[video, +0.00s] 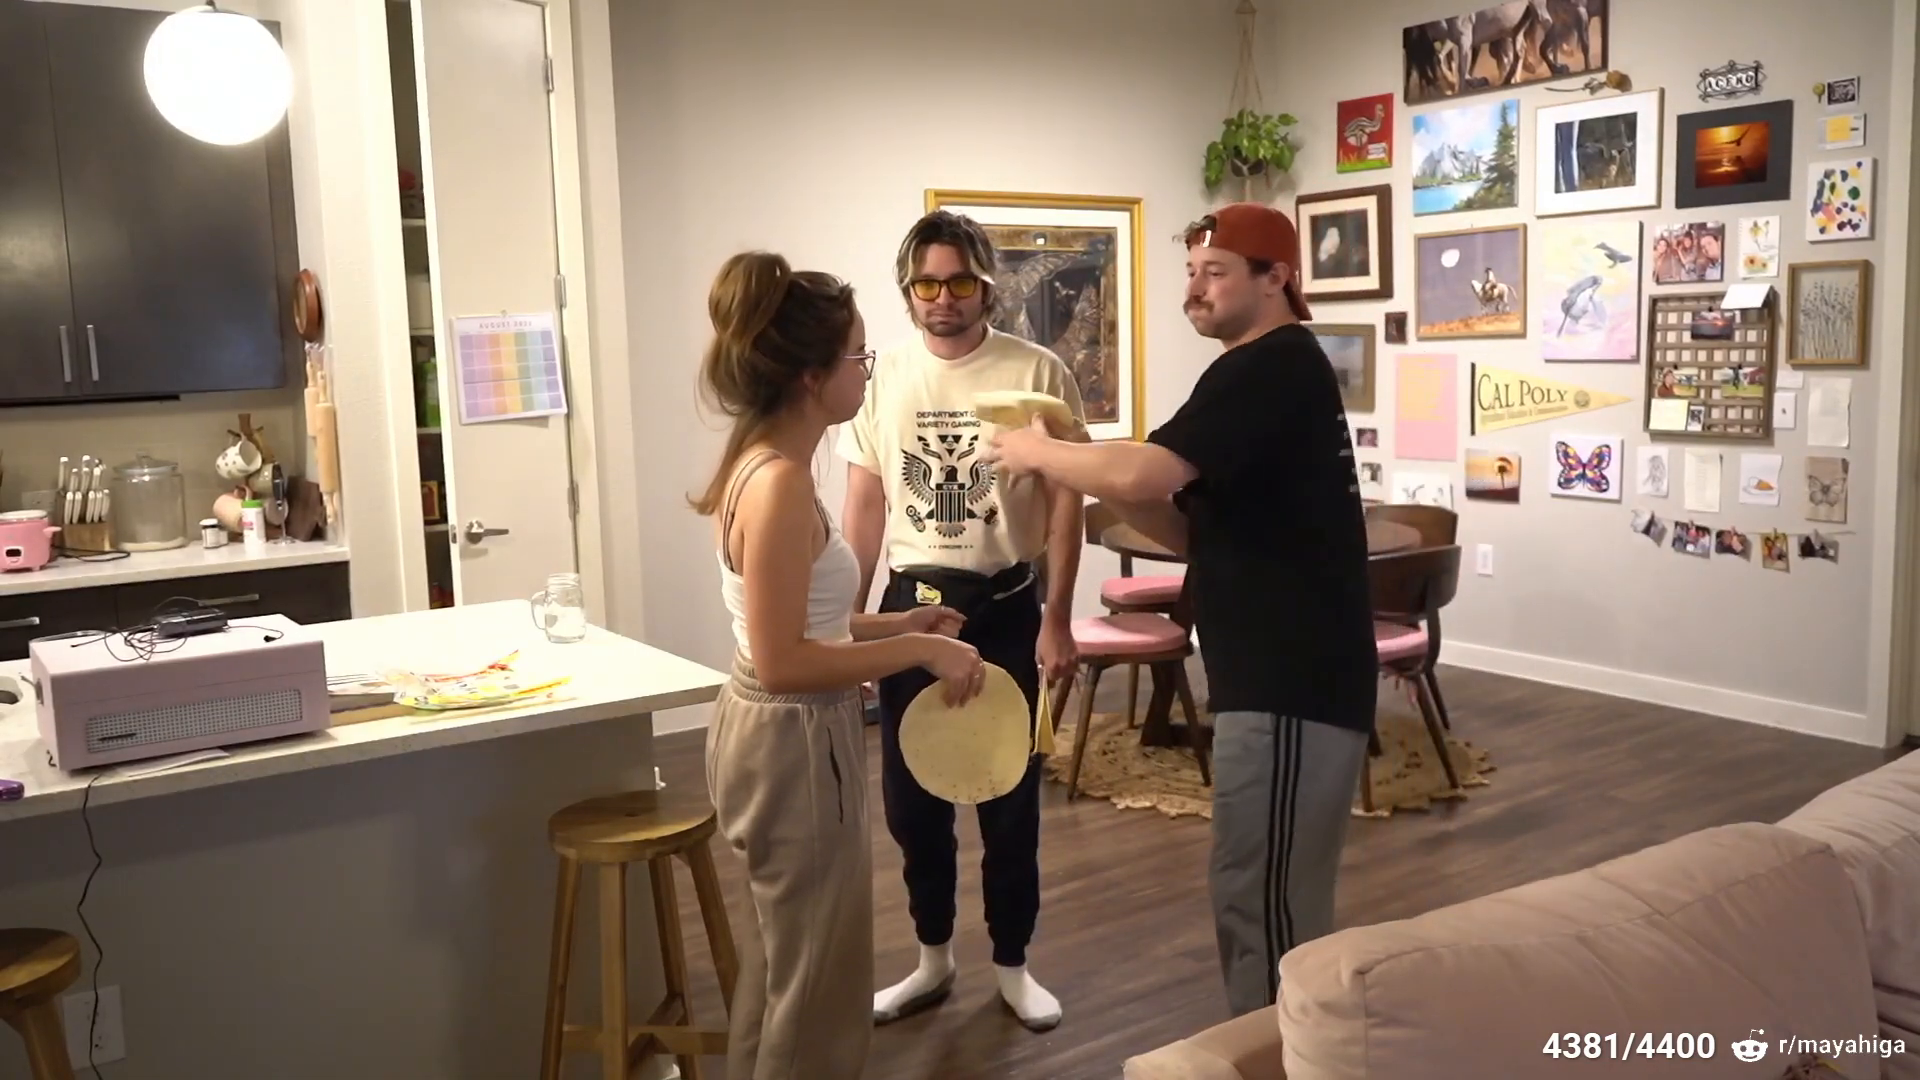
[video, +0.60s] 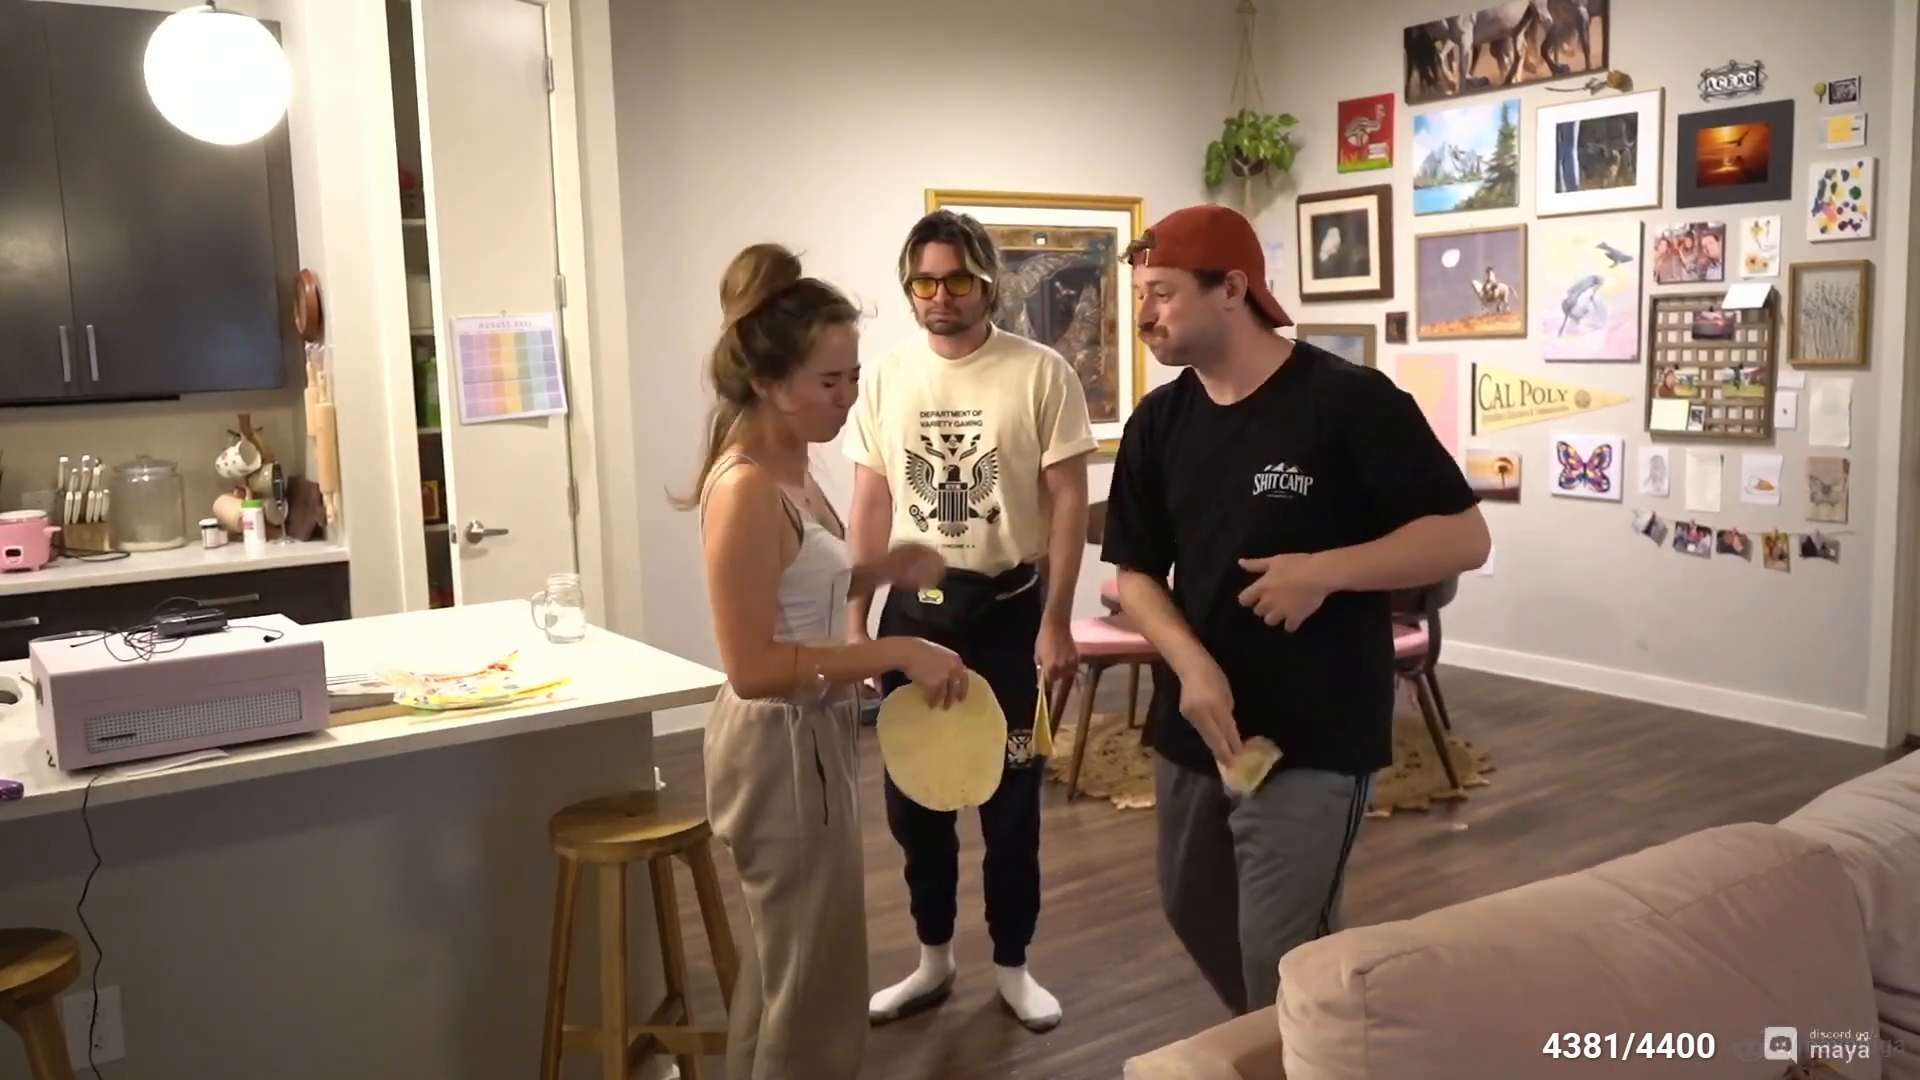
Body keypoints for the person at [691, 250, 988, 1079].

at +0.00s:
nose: (869, 369)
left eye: (864, 353)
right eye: (858, 356)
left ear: (804, 377)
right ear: (811, 378)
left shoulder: (767, 468)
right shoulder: (777, 483)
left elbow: (797, 625)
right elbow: (779, 664)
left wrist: (900, 623)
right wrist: (919, 653)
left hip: (780, 731)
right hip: (792, 743)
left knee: (786, 963)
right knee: (817, 976)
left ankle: (762, 1074)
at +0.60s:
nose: (849, 395)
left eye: (853, 376)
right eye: (833, 381)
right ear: (770, 383)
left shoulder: (795, 465)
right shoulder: (745, 486)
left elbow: (802, 591)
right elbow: (753, 668)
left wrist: (885, 564)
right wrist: (898, 652)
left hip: (809, 735)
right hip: (777, 749)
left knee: (806, 970)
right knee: (805, 982)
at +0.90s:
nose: (735, 419)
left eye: (752, 393)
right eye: (713, 402)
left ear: (787, 382)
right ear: (687, 402)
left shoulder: (820, 445)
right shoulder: (684, 488)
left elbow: (863, 587)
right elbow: (697, 654)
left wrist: (789, 473)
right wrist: (827, 629)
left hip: (815, 713)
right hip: (730, 727)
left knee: (830, 943)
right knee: (785, 966)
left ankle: (815, 1064)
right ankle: (795, 1070)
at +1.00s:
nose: (704, 431)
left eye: (719, 406)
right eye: (683, 415)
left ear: (768, 395)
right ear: (666, 415)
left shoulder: (816, 462)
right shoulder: (665, 497)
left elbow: (831, 621)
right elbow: (669, 660)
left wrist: (765, 491)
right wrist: (783, 649)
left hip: (817, 731)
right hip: (715, 743)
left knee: (826, 988)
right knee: (774, 1010)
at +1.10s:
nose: (661, 455)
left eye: (679, 432)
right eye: (646, 436)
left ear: (743, 423)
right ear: (637, 429)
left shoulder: (801, 478)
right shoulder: (644, 513)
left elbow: (794, 642)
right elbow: (646, 672)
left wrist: (736, 513)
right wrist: (734, 677)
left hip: (811, 749)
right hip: (702, 759)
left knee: (818, 1002)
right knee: (742, 1031)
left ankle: (803, 1075)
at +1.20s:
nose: (616, 488)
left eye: (634, 463)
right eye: (603, 466)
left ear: (703, 451)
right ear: (595, 457)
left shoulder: (777, 497)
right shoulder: (617, 534)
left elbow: (759, 670)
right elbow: (625, 682)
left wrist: (698, 541)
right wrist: (689, 710)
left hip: (804, 753)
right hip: (688, 764)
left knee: (813, 1005)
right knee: (712, 1030)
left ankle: (799, 1076)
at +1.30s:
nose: (576, 529)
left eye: (590, 505)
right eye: (562, 510)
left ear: (660, 491)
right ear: (557, 502)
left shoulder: (749, 525)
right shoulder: (589, 568)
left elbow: (729, 701)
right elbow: (610, 695)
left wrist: (658, 574)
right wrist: (646, 749)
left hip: (792, 751)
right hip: (677, 757)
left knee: (814, 1009)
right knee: (690, 1024)